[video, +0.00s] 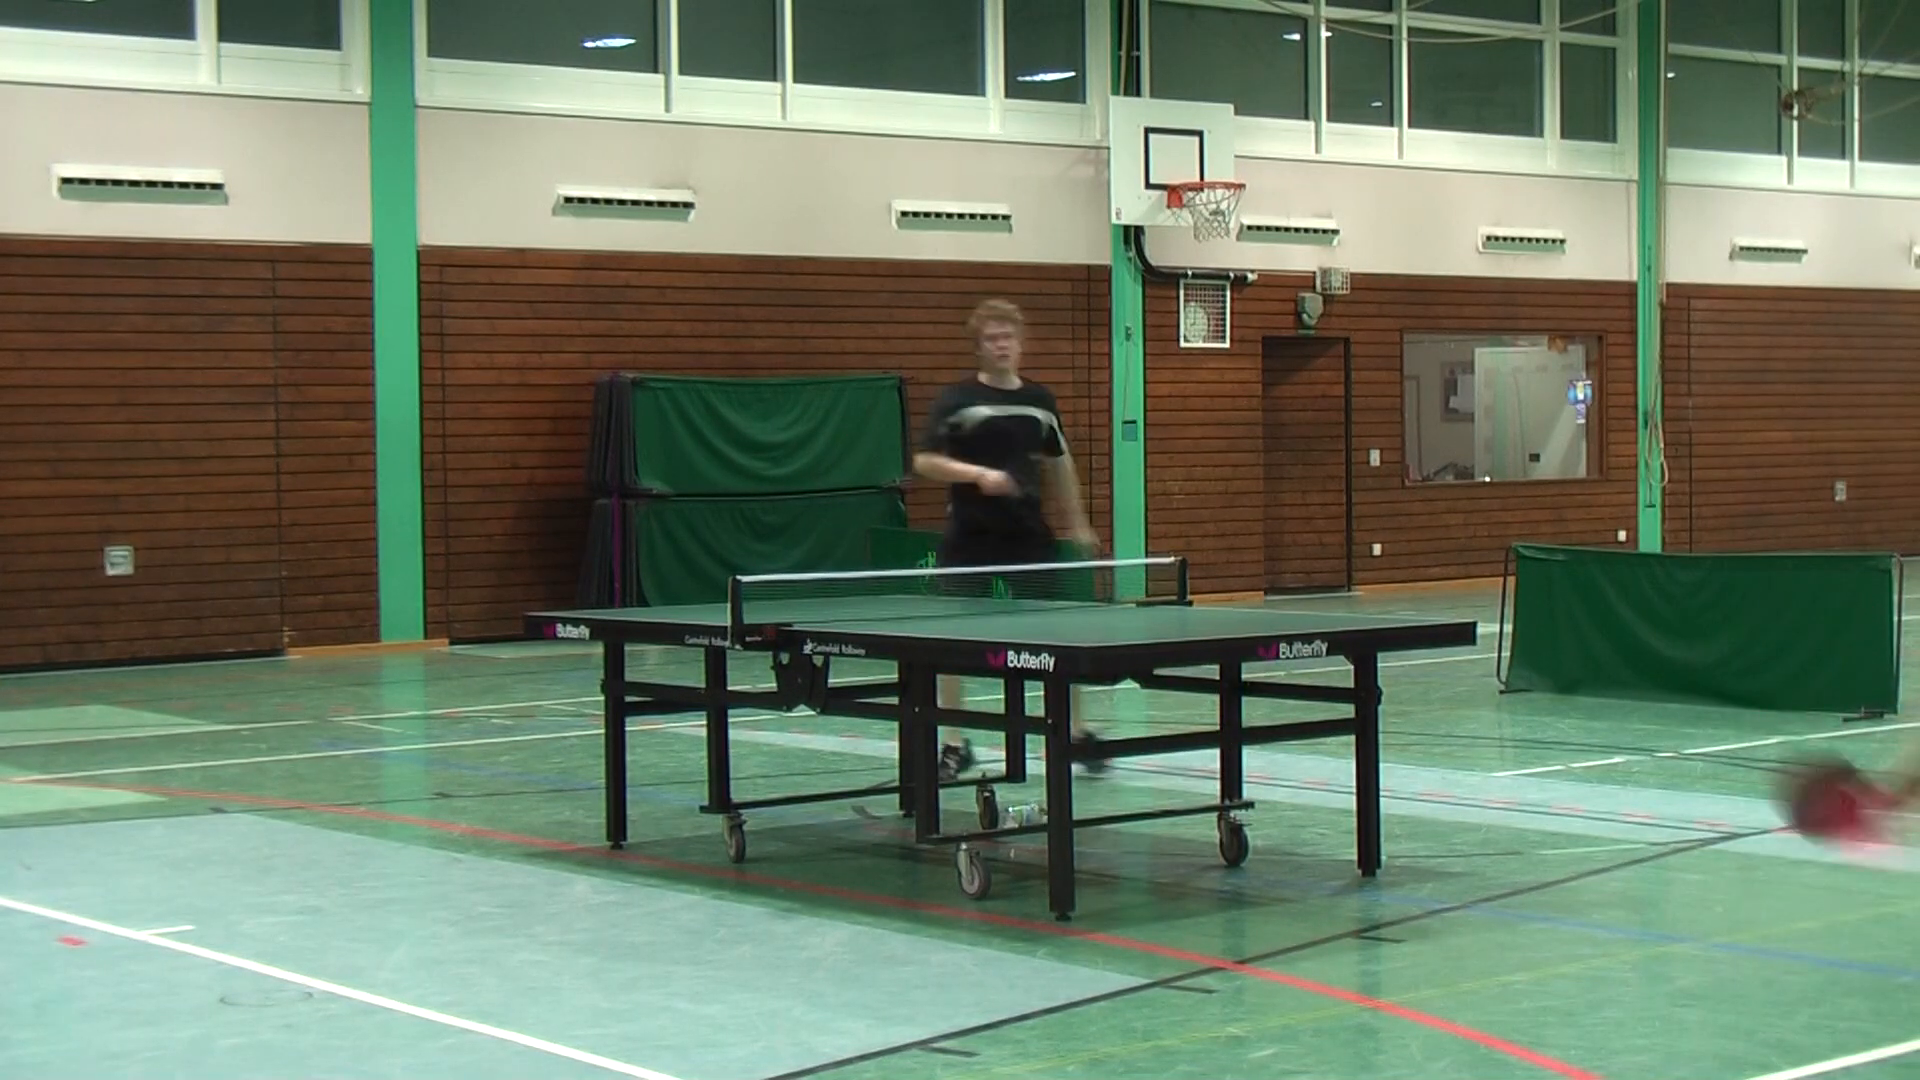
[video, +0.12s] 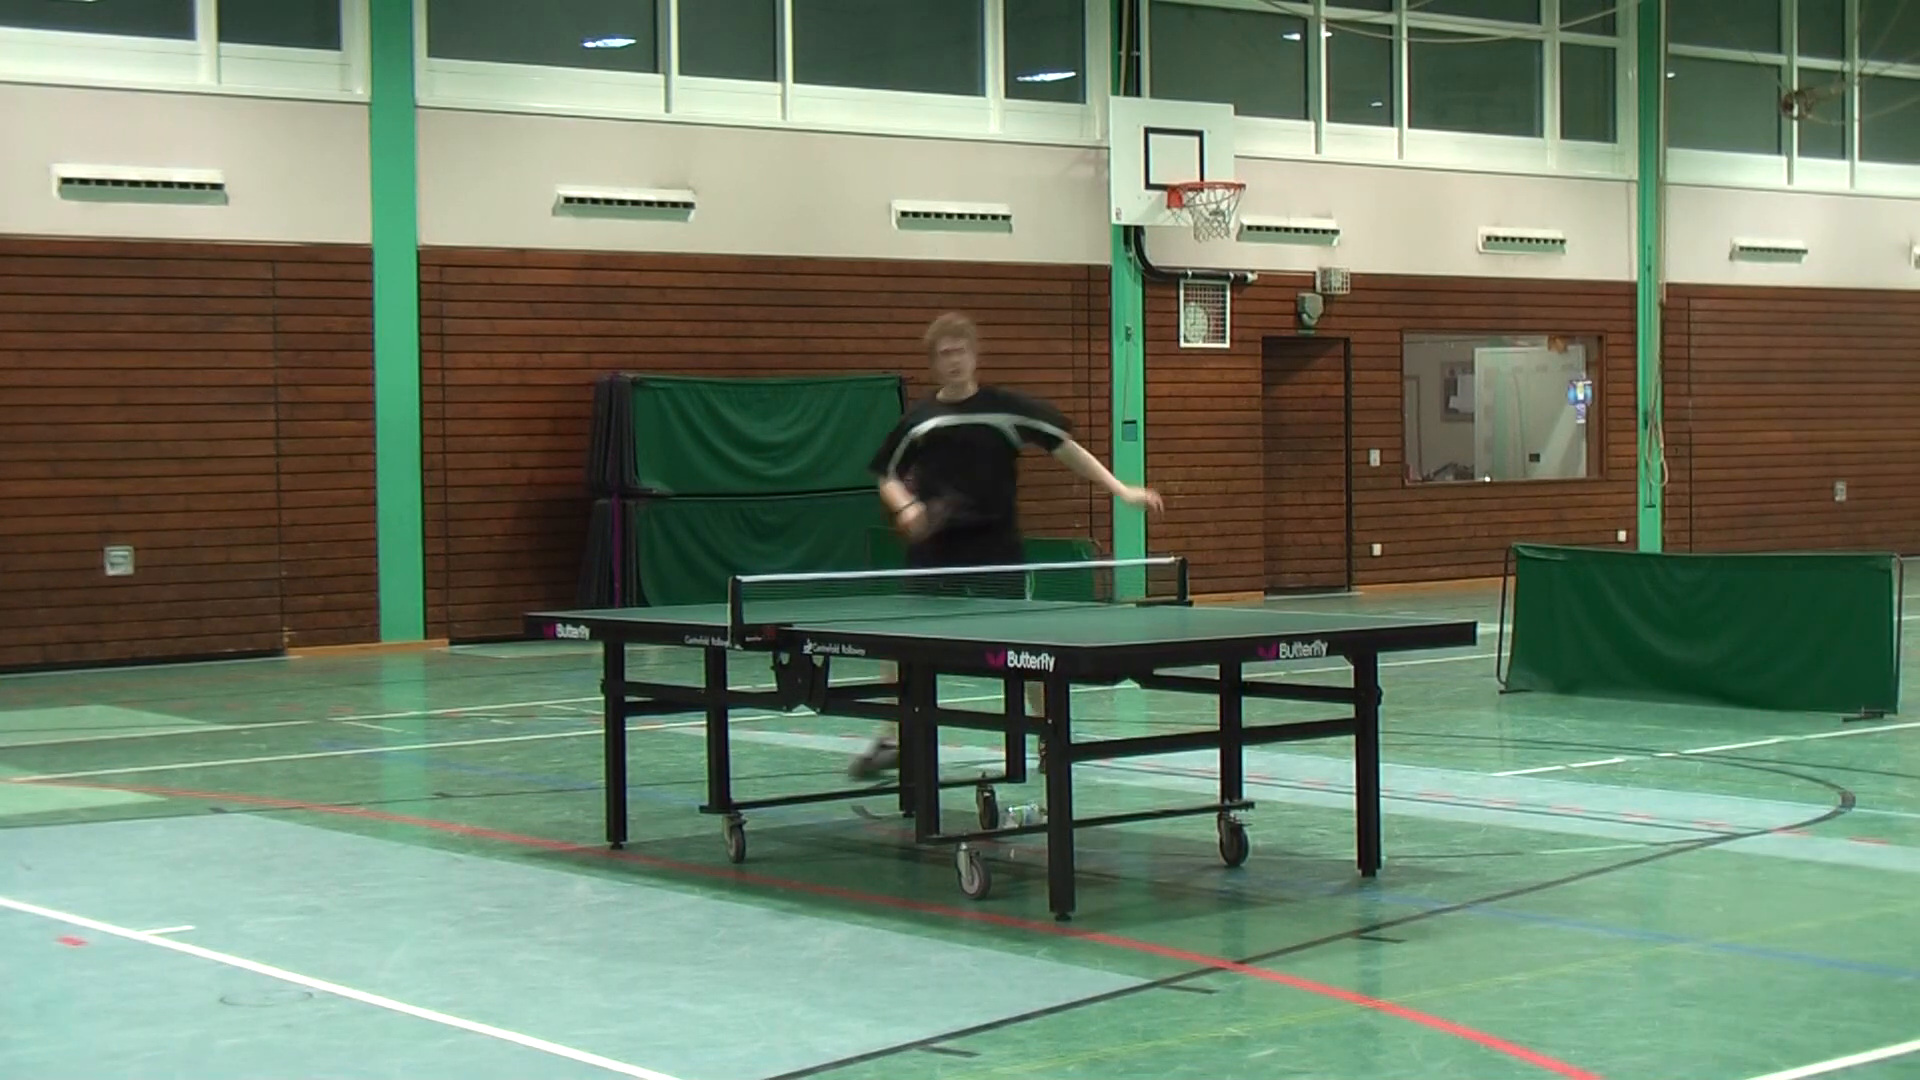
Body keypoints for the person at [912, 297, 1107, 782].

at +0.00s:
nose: (999, 346)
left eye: (1006, 337)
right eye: (990, 339)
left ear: (1021, 341)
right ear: (975, 346)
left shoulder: (1039, 400)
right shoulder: (956, 399)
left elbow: (1060, 466)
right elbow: (924, 461)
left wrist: (1077, 524)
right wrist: (978, 473)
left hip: (1030, 539)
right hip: (970, 541)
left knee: (1060, 634)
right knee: (951, 645)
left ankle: (1070, 729)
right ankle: (952, 743)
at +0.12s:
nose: (953, 361)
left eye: (961, 352)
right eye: (944, 354)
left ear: (976, 355)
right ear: (931, 362)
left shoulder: (1006, 408)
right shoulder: (917, 418)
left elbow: (1066, 448)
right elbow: (888, 476)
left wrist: (1120, 490)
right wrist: (905, 506)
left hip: (995, 556)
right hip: (930, 559)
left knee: (1024, 651)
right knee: (896, 643)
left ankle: (1050, 737)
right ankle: (892, 737)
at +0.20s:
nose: (922, 378)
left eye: (930, 370)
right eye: (913, 372)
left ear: (944, 372)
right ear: (899, 379)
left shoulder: (975, 422)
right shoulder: (893, 439)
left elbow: (1033, 447)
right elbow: (868, 498)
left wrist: (1079, 479)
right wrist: (861, 538)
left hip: (976, 568)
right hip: (912, 571)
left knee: (1019, 652)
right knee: (865, 640)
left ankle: (1050, 739)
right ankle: (853, 740)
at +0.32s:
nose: (860, 384)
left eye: (867, 376)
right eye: (851, 377)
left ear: (882, 378)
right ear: (839, 385)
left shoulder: (910, 427)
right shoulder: (840, 443)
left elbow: (967, 463)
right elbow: (833, 503)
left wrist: (967, 494)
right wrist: (811, 545)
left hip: (923, 570)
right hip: (867, 572)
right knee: (815, 636)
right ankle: (838, 741)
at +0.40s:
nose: (824, 376)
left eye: (831, 368)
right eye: (815, 370)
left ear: (845, 370)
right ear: (803, 376)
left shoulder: (871, 421)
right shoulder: (808, 428)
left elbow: (920, 470)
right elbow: (807, 486)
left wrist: (888, 509)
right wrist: (785, 527)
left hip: (881, 560)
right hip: (830, 560)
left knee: (924, 647)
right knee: (803, 647)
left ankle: (993, 720)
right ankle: (836, 740)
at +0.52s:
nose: (774, 363)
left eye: (782, 354)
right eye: (766, 356)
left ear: (798, 356)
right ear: (756, 363)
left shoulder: (821, 404)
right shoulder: (764, 412)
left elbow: (863, 456)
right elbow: (765, 465)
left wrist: (809, 498)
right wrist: (745, 494)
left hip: (831, 539)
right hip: (791, 540)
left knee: (826, 633)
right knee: (799, 641)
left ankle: (888, 714)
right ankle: (835, 739)